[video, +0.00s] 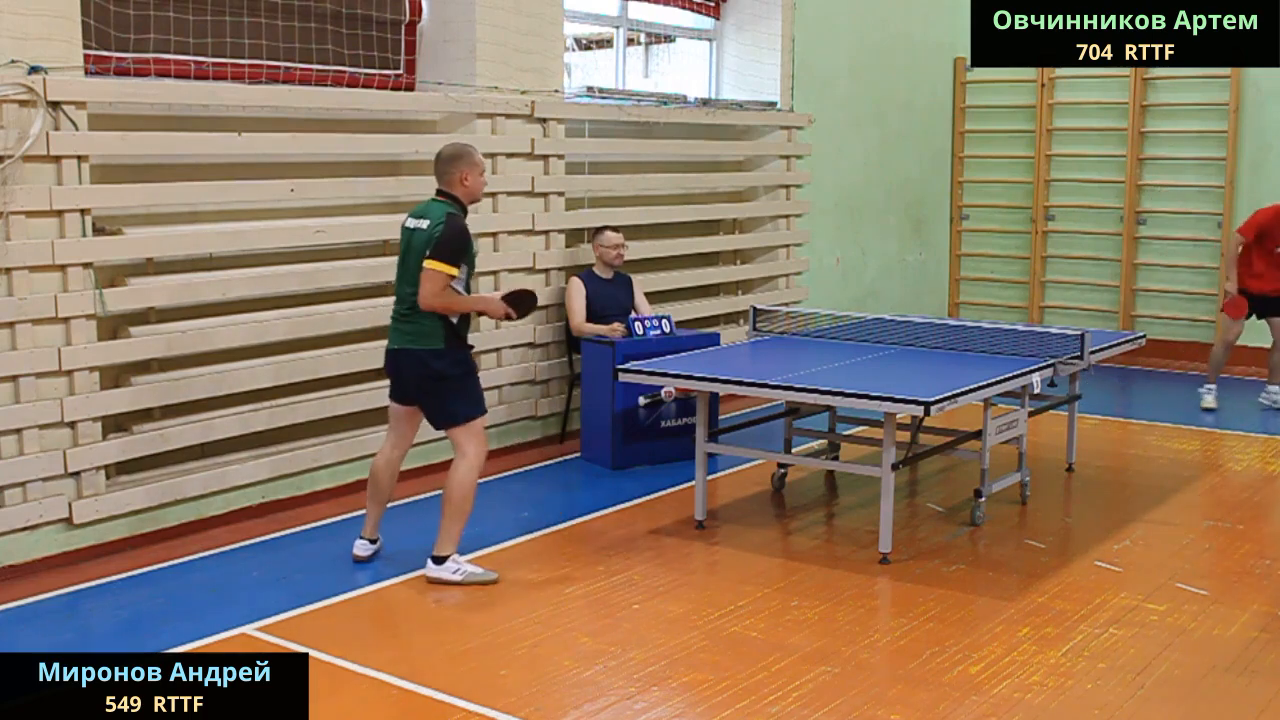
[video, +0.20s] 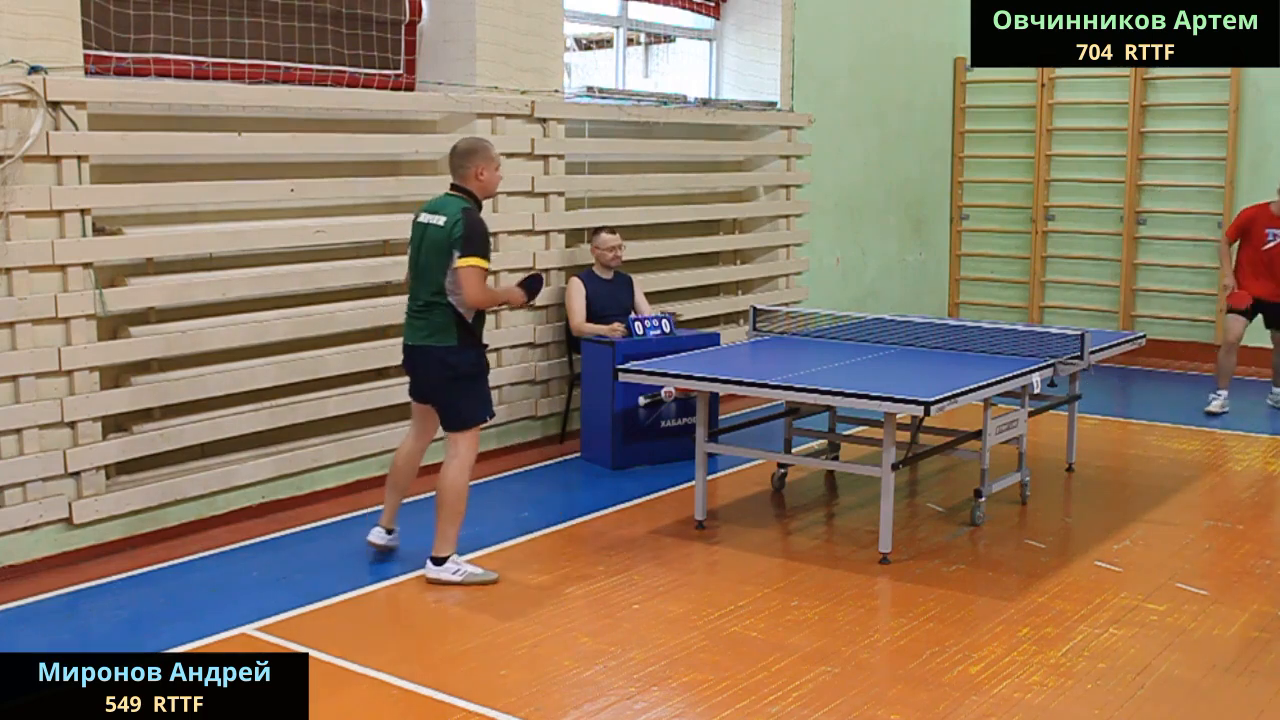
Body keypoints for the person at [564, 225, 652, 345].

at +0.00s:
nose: (621, 253)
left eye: (623, 247)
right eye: (614, 248)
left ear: (625, 248)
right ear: (597, 249)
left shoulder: (628, 281)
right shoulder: (578, 283)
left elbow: (648, 318)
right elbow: (577, 327)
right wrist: (606, 330)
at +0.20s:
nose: (618, 254)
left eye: (620, 248)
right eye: (611, 250)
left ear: (623, 248)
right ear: (594, 251)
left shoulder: (628, 281)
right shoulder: (578, 283)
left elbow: (648, 317)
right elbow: (577, 327)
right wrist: (606, 330)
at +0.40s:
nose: (616, 254)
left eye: (618, 248)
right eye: (608, 250)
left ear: (621, 248)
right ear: (593, 253)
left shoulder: (627, 281)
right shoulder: (578, 283)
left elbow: (653, 314)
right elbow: (577, 328)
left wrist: (667, 311)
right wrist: (606, 331)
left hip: (630, 350)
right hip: (596, 353)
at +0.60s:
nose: (614, 254)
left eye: (616, 248)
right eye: (607, 250)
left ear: (619, 247)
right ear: (591, 253)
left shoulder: (627, 281)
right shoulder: (577, 284)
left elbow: (654, 313)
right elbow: (576, 327)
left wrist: (671, 318)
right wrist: (607, 330)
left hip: (629, 349)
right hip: (595, 352)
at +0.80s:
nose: (614, 253)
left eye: (616, 246)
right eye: (606, 249)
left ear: (619, 247)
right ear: (591, 252)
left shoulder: (627, 281)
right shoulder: (578, 284)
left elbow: (651, 316)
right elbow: (577, 328)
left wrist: (669, 321)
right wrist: (607, 330)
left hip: (630, 348)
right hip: (595, 352)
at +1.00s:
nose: (615, 251)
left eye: (618, 246)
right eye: (608, 247)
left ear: (622, 247)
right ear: (593, 250)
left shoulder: (628, 281)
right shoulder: (578, 284)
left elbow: (650, 318)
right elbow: (577, 327)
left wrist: (668, 323)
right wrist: (607, 330)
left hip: (631, 349)